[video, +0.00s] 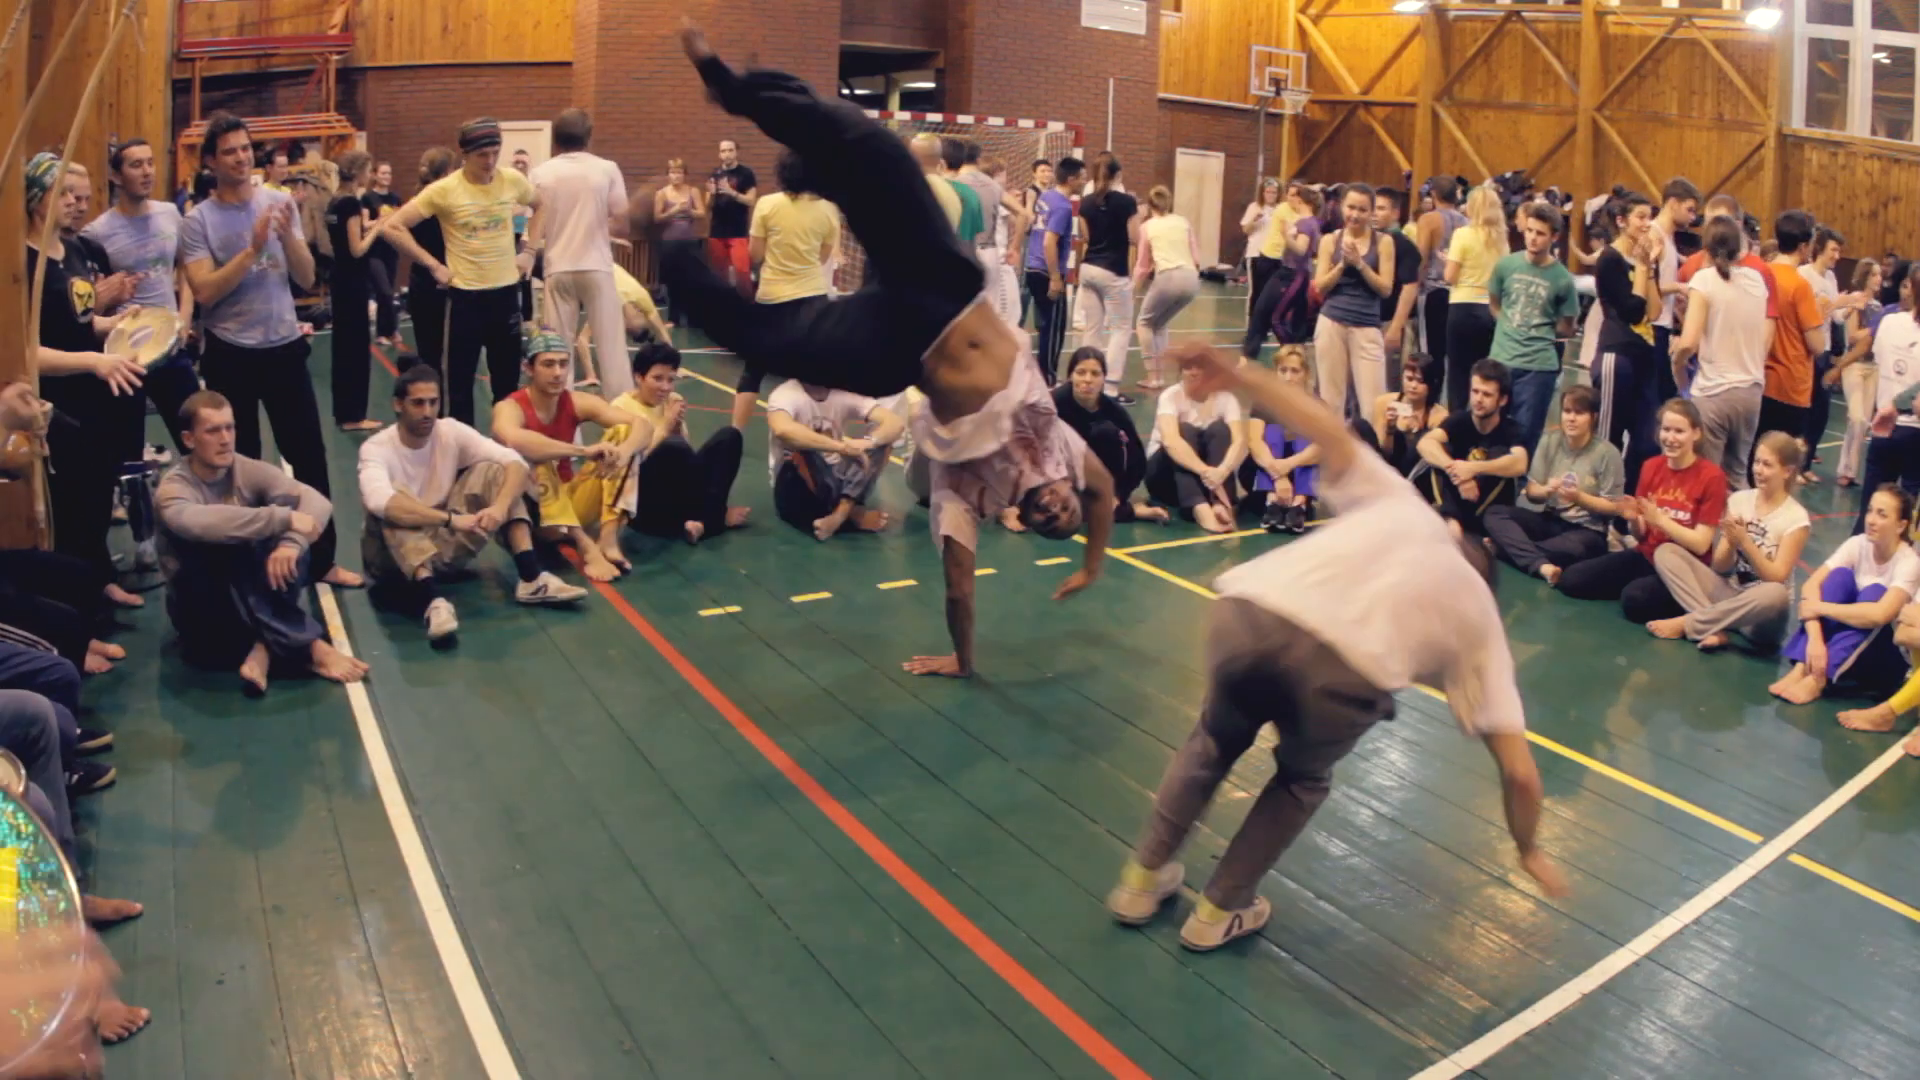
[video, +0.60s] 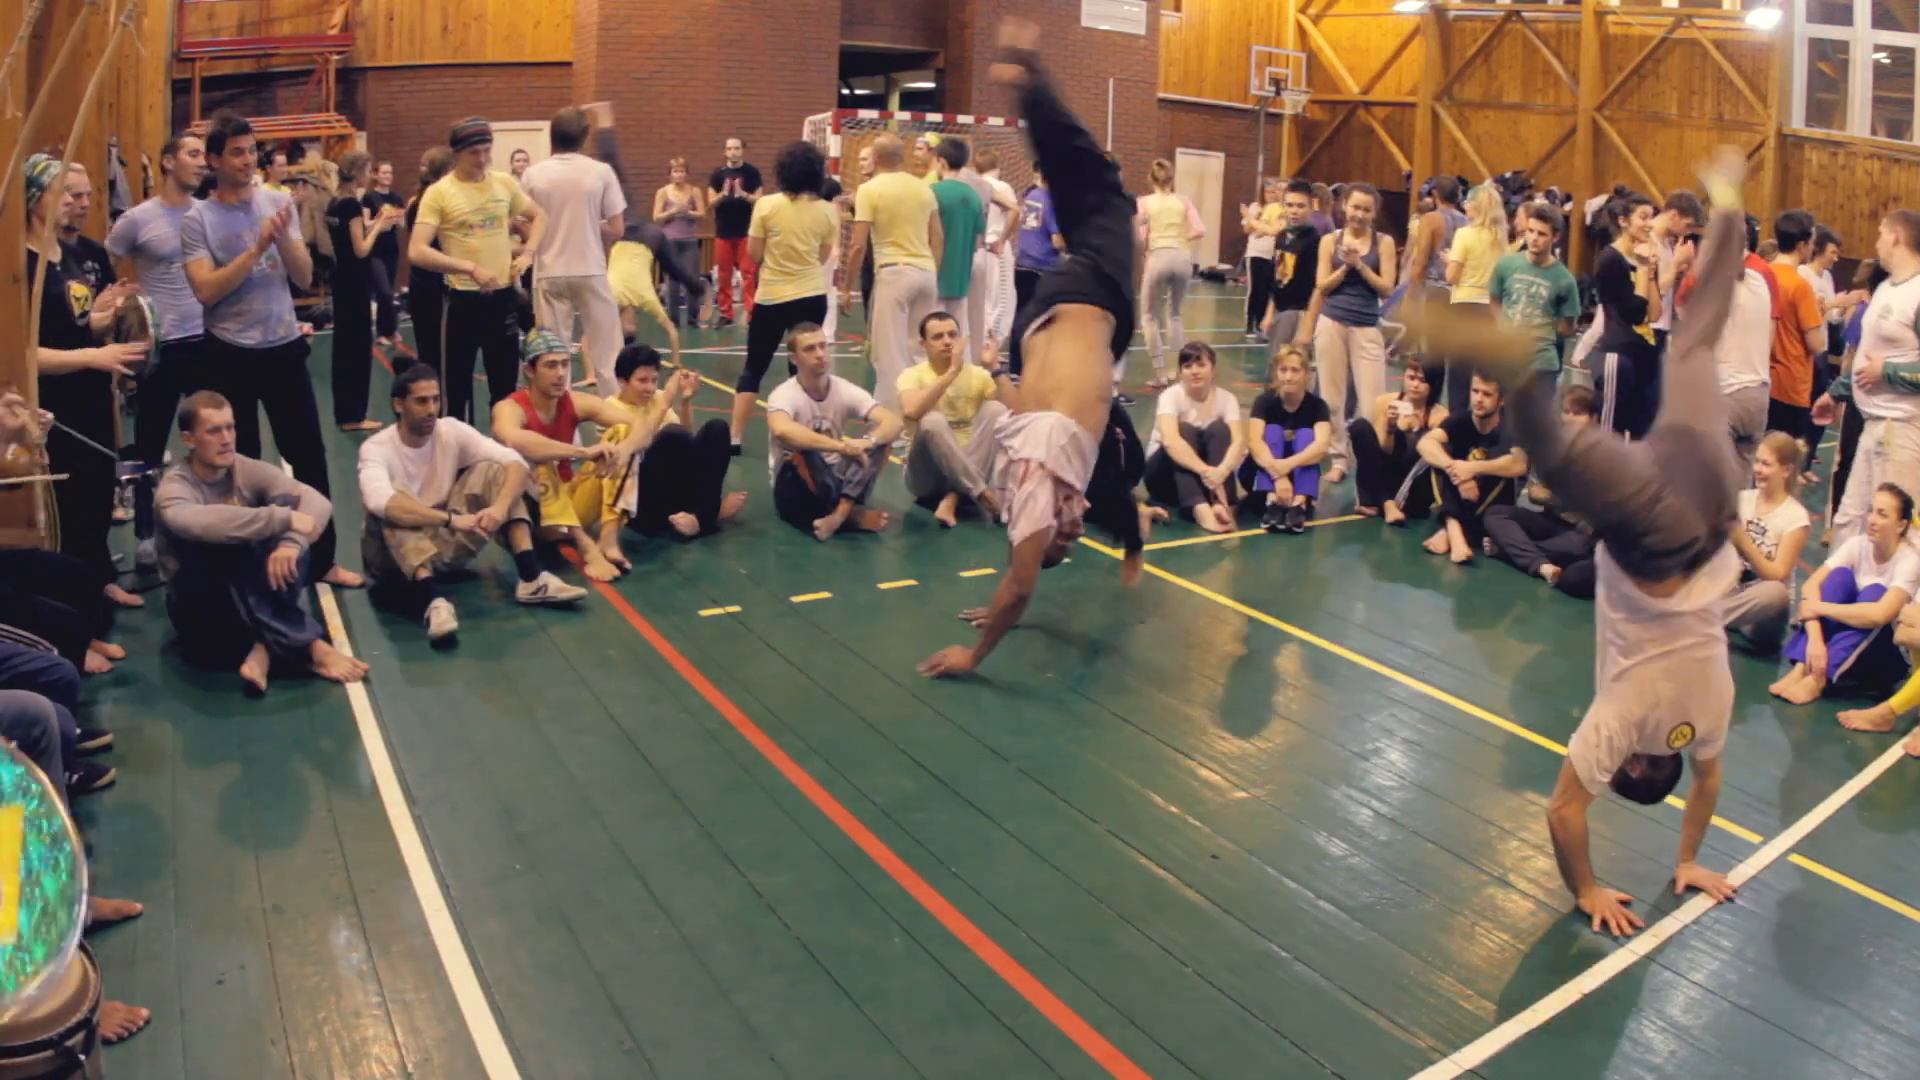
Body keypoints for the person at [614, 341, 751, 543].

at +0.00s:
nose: (665, 387)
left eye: (671, 380)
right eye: (658, 379)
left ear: (675, 381)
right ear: (638, 378)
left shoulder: (671, 405)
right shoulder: (620, 408)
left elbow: (685, 450)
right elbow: (632, 462)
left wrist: (676, 425)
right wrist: (665, 425)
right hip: (644, 512)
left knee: (730, 436)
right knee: (674, 449)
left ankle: (701, 521)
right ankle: (718, 515)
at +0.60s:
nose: (650, 388)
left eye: (654, 381)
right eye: (643, 381)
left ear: (659, 380)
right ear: (623, 382)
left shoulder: (659, 403)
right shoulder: (610, 409)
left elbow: (687, 440)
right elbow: (636, 446)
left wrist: (686, 402)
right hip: (642, 512)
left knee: (717, 428)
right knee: (673, 437)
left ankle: (700, 517)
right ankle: (713, 511)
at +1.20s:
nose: (639, 376)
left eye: (640, 368)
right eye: (629, 372)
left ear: (646, 368)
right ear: (612, 384)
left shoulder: (659, 402)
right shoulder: (606, 420)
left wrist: (674, 419)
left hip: (682, 504)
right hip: (646, 511)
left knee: (721, 429)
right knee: (677, 438)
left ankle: (702, 516)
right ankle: (718, 513)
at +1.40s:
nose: (642, 375)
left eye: (643, 368)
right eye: (632, 372)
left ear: (649, 368)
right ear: (617, 384)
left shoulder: (661, 400)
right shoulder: (610, 413)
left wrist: (676, 419)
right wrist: (661, 420)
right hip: (646, 512)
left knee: (725, 431)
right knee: (676, 439)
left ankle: (702, 516)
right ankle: (720, 513)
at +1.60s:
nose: (647, 376)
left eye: (649, 368)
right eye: (637, 372)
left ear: (655, 368)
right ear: (622, 382)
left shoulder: (667, 400)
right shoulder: (614, 412)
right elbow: (629, 470)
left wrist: (677, 427)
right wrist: (665, 430)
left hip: (684, 505)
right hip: (647, 512)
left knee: (729, 432)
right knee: (676, 444)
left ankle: (704, 517)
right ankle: (719, 514)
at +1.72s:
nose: (651, 376)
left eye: (654, 368)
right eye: (642, 372)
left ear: (660, 369)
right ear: (625, 381)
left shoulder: (670, 399)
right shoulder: (617, 412)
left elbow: (684, 450)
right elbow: (632, 466)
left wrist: (680, 429)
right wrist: (667, 431)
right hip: (647, 512)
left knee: (734, 434)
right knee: (674, 447)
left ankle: (706, 517)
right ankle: (721, 511)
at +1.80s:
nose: (654, 376)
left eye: (656, 368)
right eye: (644, 372)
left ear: (663, 370)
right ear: (628, 380)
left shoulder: (673, 399)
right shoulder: (618, 412)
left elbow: (689, 457)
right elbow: (634, 466)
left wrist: (685, 431)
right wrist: (667, 430)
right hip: (647, 513)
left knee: (736, 436)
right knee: (676, 449)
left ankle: (707, 517)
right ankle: (721, 513)